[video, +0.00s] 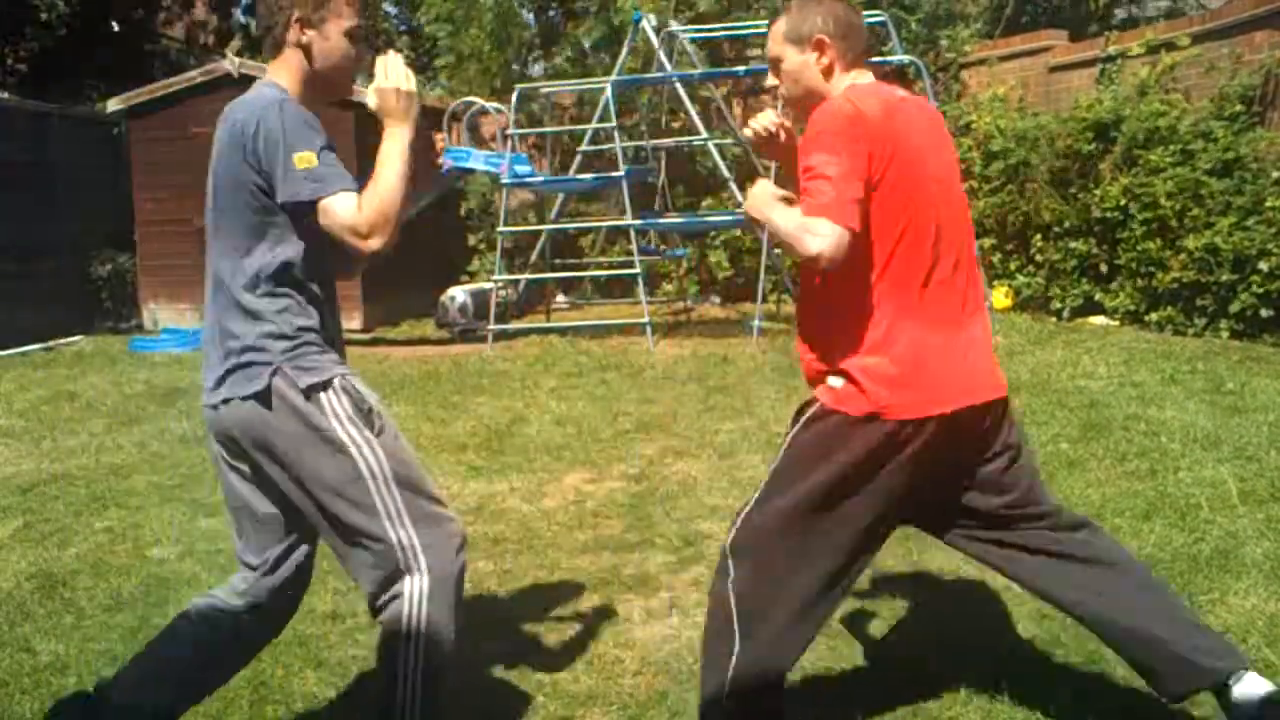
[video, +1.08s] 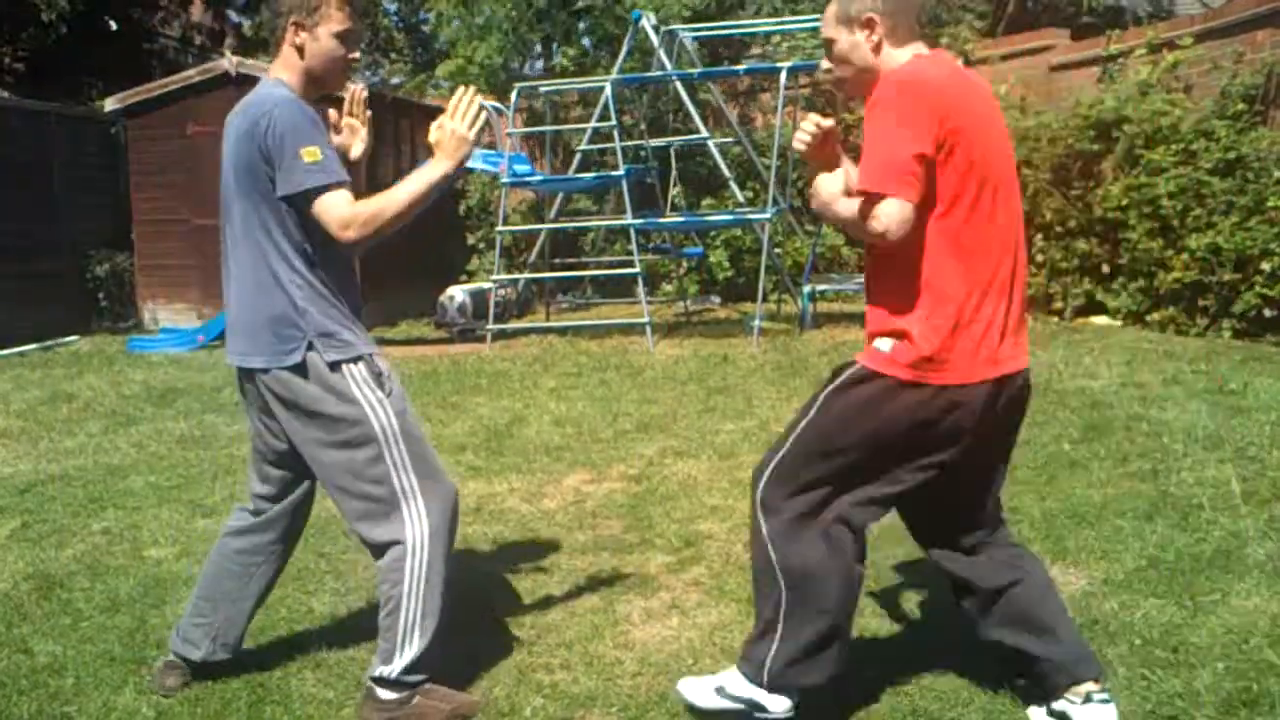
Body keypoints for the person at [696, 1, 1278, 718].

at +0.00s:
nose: (771, 83)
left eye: (776, 65)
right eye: (769, 67)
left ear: (824, 55)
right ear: (837, 55)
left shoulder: (843, 115)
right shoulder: (916, 111)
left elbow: (823, 243)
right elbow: (876, 218)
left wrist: (767, 207)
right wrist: (797, 155)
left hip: (879, 396)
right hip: (966, 388)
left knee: (758, 564)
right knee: (1056, 543)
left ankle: (731, 705)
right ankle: (1237, 679)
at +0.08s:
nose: (827, 83)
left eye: (831, 64)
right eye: (823, 67)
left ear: (880, 54)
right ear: (903, 56)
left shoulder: (902, 116)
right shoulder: (978, 107)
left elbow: (898, 250)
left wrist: (831, 188)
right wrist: (857, 152)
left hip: (951, 395)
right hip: (1040, 384)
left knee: (825, 548)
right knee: (1124, 552)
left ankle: (763, 700)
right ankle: (1254, 691)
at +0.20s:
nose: (931, 96)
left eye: (936, 78)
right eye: (927, 81)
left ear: (982, 66)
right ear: (1004, 67)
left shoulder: (1000, 127)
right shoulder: (1095, 120)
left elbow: (980, 265)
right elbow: (1060, 226)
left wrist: (911, 208)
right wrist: (973, 175)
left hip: (1060, 406)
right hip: (1148, 398)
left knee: (914, 550)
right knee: (1167, 578)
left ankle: (988, 704)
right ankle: (1267, 693)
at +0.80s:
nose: (922, 62)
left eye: (925, 45)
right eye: (918, 47)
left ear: (973, 32)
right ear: (987, 27)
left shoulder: (1007, 84)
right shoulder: (1069, 80)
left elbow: (914, 191)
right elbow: (976, 205)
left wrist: (893, 107)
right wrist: (918, 119)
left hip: (1030, 374)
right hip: (1112, 367)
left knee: (936, 554)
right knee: (1168, 553)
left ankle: (929, 708)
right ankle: (1273, 684)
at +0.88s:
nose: (881, 22)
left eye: (888, 7)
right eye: (880, 9)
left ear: (936, 5)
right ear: (969, 8)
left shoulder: (958, 61)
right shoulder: (1038, 60)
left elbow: (849, 155)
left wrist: (832, 93)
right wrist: (875, 76)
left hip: (981, 347)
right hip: (1066, 340)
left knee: (912, 531)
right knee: (1064, 514)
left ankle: (916, 705)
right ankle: (1162, 651)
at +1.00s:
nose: (851, 34)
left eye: (852, 15)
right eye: (848, 19)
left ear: (897, 4)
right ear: (924, 7)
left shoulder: (921, 55)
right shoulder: (998, 55)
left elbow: (856, 183)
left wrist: (829, 112)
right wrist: (853, 103)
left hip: (946, 341)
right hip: (1027, 338)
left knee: (835, 492)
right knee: (994, 507)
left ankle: (862, 687)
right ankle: (1068, 681)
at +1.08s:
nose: (827, 62)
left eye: (830, 43)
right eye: (825, 46)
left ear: (872, 31)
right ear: (882, 30)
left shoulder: (906, 87)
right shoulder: (966, 85)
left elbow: (890, 220)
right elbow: (921, 198)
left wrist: (831, 204)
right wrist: (839, 165)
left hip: (921, 368)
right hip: (995, 368)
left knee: (792, 492)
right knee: (962, 525)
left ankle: (779, 678)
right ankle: (1072, 683)